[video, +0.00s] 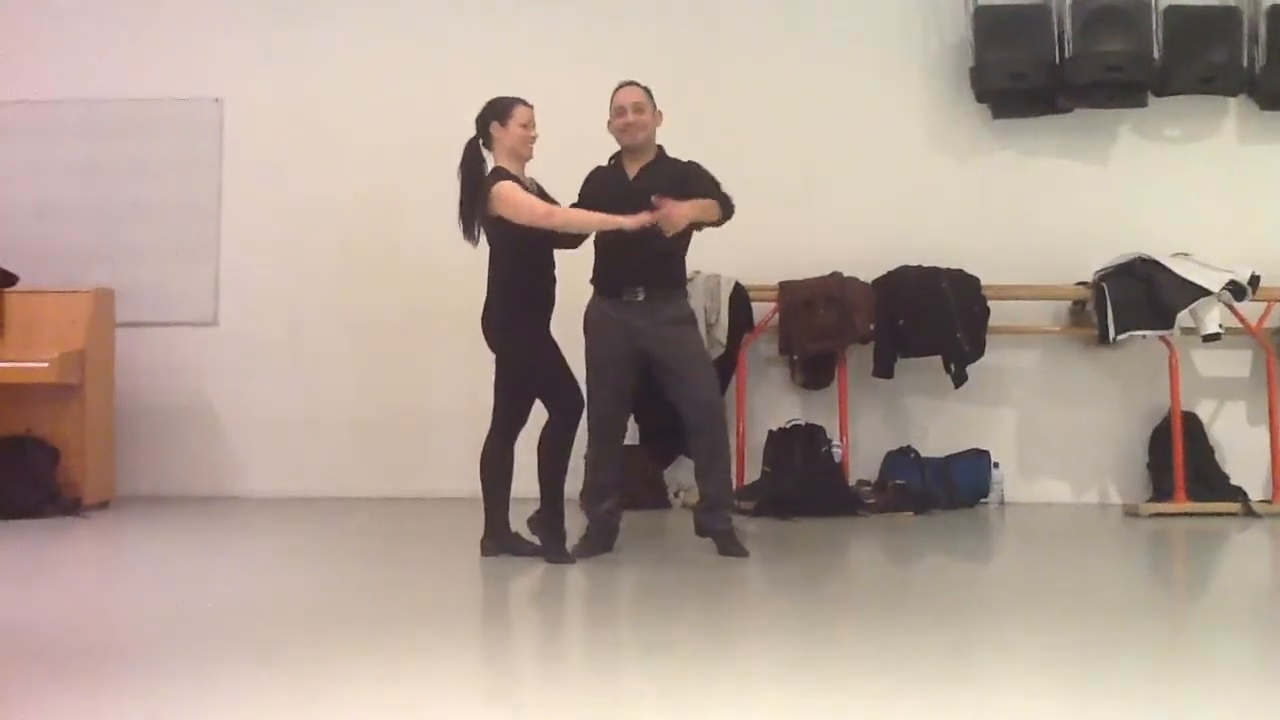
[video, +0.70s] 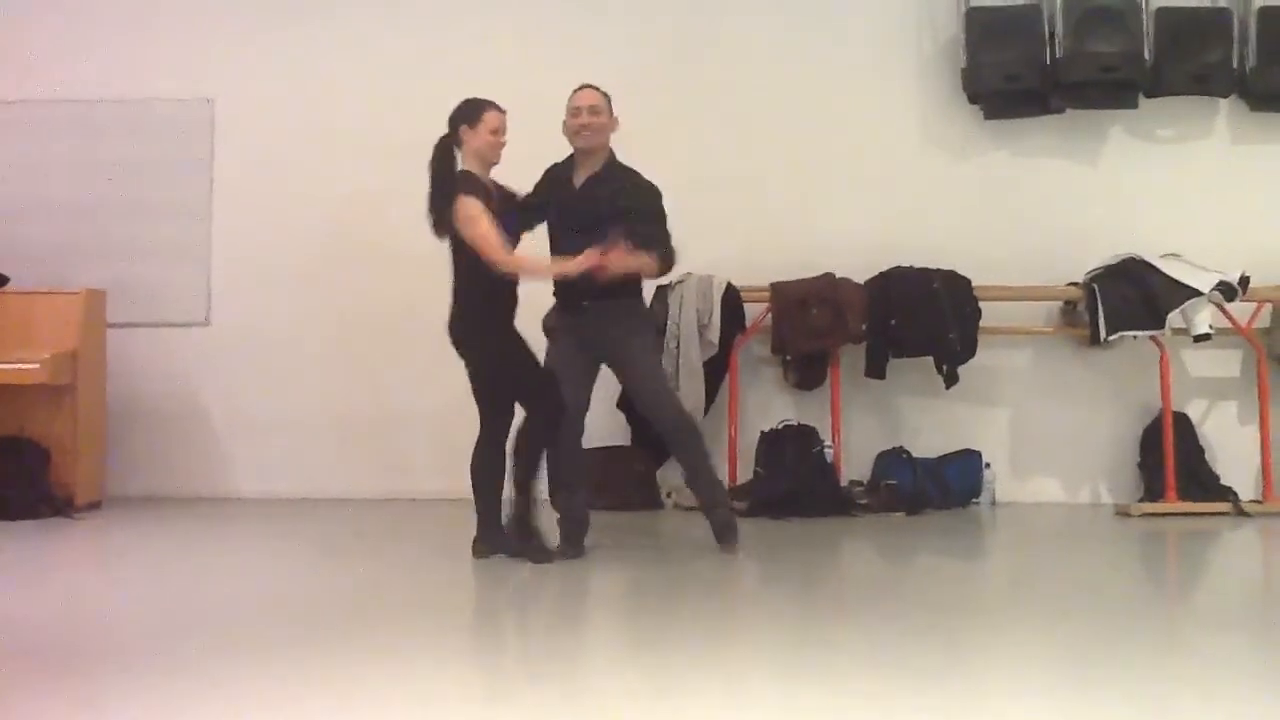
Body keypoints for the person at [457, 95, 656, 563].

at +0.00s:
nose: (534, 133)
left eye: (534, 126)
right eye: (525, 126)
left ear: (519, 135)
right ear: (496, 132)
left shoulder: (524, 186)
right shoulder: (500, 189)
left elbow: (567, 241)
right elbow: (559, 223)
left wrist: (589, 217)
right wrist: (625, 221)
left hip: (527, 319)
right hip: (513, 322)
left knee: (506, 425)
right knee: (567, 404)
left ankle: (496, 531)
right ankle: (550, 517)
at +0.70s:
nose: (504, 141)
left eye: (504, 132)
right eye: (496, 132)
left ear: (480, 137)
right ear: (466, 134)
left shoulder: (487, 189)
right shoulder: (464, 197)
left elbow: (534, 212)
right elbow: (502, 261)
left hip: (490, 322)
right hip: (480, 326)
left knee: (494, 424)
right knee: (546, 404)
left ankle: (489, 531)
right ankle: (521, 520)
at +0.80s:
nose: (496, 141)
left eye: (497, 132)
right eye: (487, 131)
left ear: (483, 137)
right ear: (458, 133)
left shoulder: (479, 189)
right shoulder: (454, 196)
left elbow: (514, 231)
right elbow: (473, 267)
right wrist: (544, 272)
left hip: (489, 320)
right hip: (471, 324)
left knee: (532, 411)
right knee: (496, 422)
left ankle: (479, 506)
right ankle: (488, 531)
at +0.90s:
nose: (487, 143)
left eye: (489, 135)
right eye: (478, 134)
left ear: (483, 141)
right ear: (449, 136)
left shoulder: (471, 190)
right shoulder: (444, 195)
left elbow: (491, 242)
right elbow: (459, 263)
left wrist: (528, 235)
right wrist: (517, 247)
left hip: (481, 321)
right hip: (462, 325)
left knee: (496, 424)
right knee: (498, 424)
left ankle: (492, 533)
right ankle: (429, 501)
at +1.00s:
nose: (474, 141)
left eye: (478, 134)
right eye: (465, 133)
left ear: (481, 141)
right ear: (439, 136)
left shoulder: (475, 196)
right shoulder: (429, 193)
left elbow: (512, 246)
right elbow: (447, 248)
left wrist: (537, 209)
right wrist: (495, 209)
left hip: (470, 325)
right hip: (437, 325)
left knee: (501, 421)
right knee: (446, 426)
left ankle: (489, 532)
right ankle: (389, 518)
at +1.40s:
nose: (471, 143)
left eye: (476, 136)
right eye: (462, 134)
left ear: (481, 143)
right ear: (437, 136)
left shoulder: (480, 197)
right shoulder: (424, 198)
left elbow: (516, 238)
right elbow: (437, 263)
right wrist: (507, 266)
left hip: (467, 327)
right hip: (427, 325)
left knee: (511, 420)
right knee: (417, 423)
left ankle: (466, 522)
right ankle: (383, 523)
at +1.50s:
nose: (485, 142)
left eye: (487, 134)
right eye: (476, 133)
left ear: (481, 140)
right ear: (447, 136)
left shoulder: (469, 191)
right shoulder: (444, 196)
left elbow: (508, 245)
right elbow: (489, 256)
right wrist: (557, 275)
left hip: (482, 329)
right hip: (447, 331)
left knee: (503, 423)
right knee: (459, 430)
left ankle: (460, 526)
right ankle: (397, 512)